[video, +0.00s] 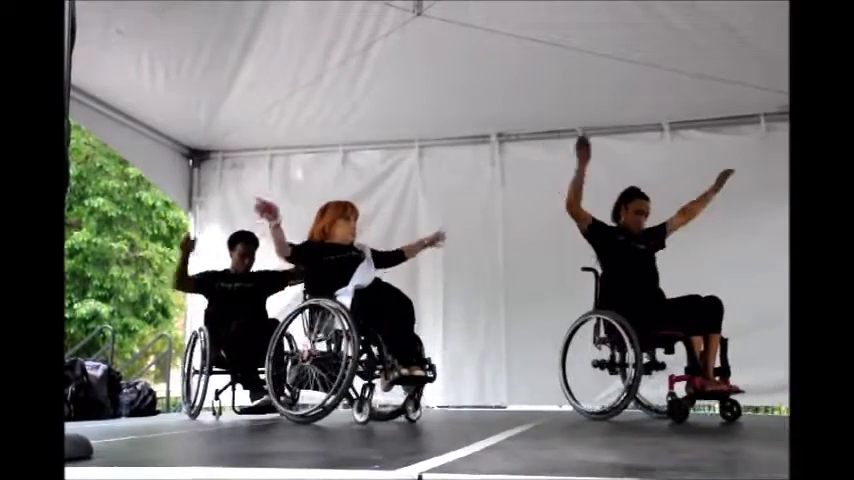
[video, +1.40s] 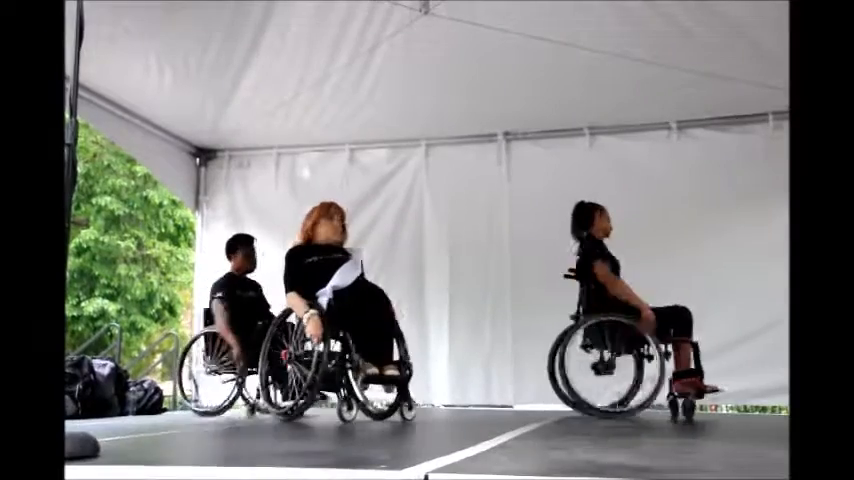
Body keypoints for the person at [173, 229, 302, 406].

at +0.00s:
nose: (248, 261)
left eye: (252, 256)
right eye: (243, 255)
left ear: (255, 255)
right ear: (231, 253)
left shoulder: (262, 280)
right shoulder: (214, 280)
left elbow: (299, 274)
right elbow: (181, 283)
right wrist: (185, 254)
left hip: (255, 342)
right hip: (223, 346)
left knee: (273, 325)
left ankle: (277, 392)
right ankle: (257, 393)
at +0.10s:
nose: (247, 260)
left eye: (250, 255)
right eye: (242, 255)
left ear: (254, 255)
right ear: (230, 254)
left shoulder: (260, 281)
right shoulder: (214, 281)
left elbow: (293, 281)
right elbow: (185, 290)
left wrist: (310, 262)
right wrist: (196, 269)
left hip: (255, 341)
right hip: (224, 344)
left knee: (272, 327)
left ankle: (276, 393)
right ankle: (255, 392)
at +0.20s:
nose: (245, 261)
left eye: (248, 256)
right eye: (240, 256)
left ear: (252, 256)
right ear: (228, 255)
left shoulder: (258, 284)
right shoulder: (213, 283)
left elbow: (291, 298)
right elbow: (185, 302)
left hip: (253, 342)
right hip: (222, 344)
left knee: (268, 327)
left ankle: (274, 392)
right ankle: (255, 393)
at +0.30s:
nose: (245, 262)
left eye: (248, 257)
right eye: (240, 257)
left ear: (252, 257)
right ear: (228, 255)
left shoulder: (258, 286)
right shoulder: (211, 285)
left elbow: (284, 305)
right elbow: (188, 308)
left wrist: (299, 310)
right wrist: (200, 318)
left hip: (253, 343)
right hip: (223, 344)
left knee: (268, 328)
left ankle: (273, 393)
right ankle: (255, 393)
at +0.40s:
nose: (246, 264)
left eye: (250, 259)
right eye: (242, 259)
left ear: (253, 259)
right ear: (230, 258)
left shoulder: (259, 289)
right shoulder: (212, 286)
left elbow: (284, 317)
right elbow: (187, 310)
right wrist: (195, 331)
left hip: (250, 345)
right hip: (216, 346)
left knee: (270, 332)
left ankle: (274, 393)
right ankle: (256, 393)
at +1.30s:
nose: (254, 262)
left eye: (255, 256)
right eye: (249, 257)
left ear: (258, 256)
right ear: (234, 258)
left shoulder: (261, 288)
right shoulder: (217, 288)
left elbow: (278, 319)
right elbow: (199, 316)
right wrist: (215, 339)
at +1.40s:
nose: (254, 257)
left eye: (253, 252)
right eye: (248, 253)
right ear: (233, 256)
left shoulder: (254, 287)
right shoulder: (223, 286)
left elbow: (266, 316)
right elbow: (221, 323)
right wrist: (236, 346)